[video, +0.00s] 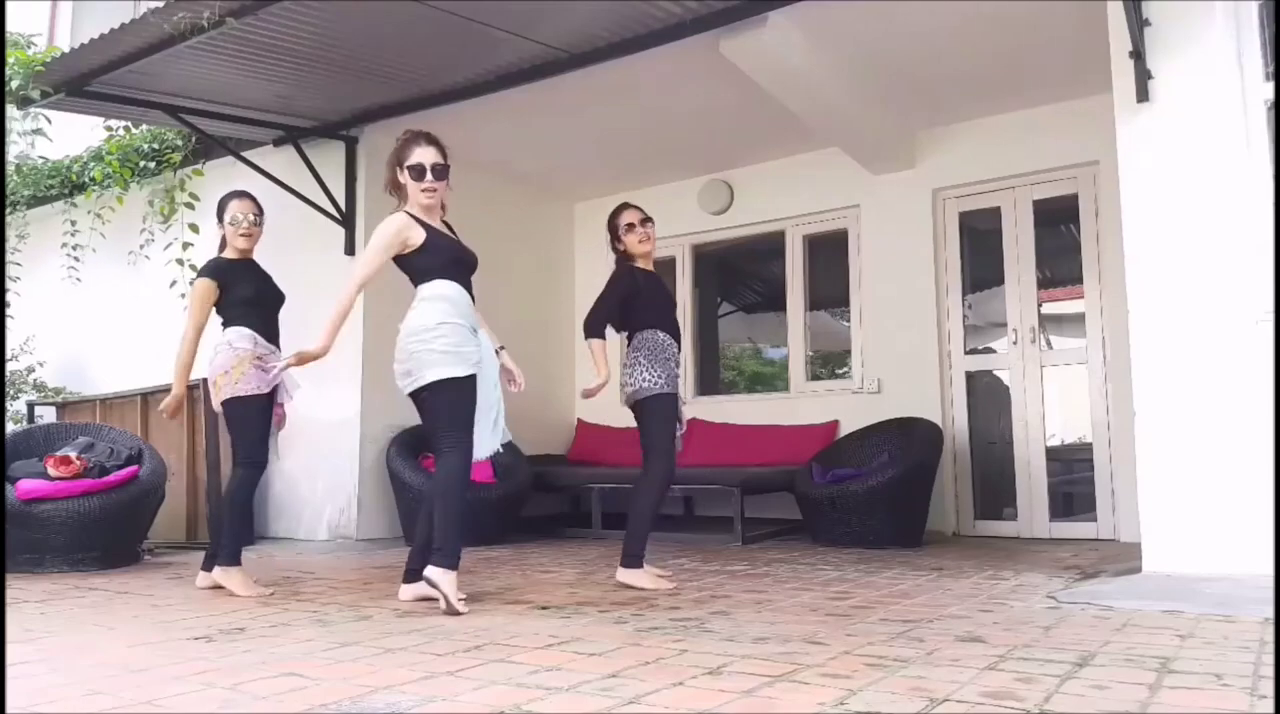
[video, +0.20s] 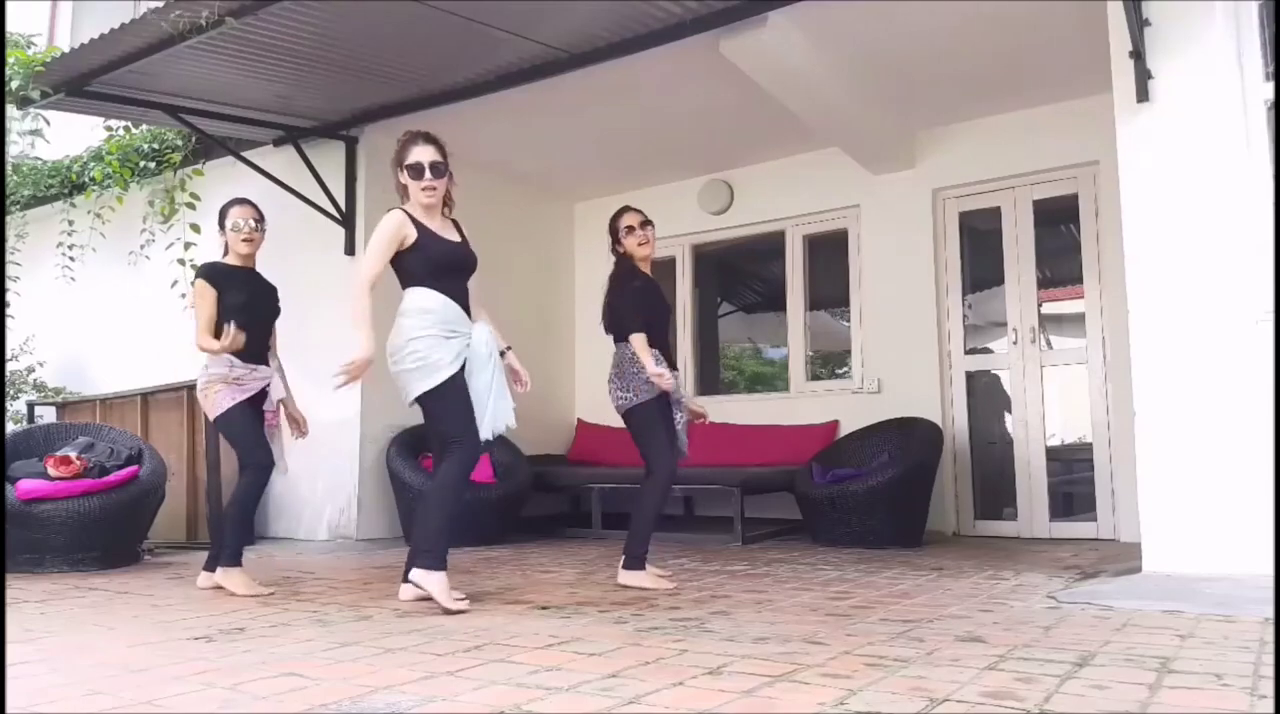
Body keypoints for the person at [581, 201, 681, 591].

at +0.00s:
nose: (641, 230)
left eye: (644, 222)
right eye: (629, 228)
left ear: (654, 229)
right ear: (619, 242)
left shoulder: (654, 277)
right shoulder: (626, 274)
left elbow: (662, 335)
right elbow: (594, 322)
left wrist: (675, 396)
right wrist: (603, 373)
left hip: (663, 375)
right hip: (647, 375)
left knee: (661, 470)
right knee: (657, 469)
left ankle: (636, 561)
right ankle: (630, 565)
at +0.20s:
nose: (641, 233)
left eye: (645, 226)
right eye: (630, 231)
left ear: (654, 232)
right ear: (619, 244)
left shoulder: (644, 282)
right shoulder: (630, 279)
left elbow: (652, 350)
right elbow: (632, 327)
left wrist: (681, 402)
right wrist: (650, 365)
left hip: (646, 377)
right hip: (635, 377)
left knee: (662, 466)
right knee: (661, 466)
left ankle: (636, 559)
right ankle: (633, 565)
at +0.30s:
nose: (640, 239)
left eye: (644, 232)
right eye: (629, 236)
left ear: (653, 239)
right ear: (616, 248)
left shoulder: (656, 292)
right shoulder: (615, 280)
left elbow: (664, 355)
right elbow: (627, 323)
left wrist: (686, 403)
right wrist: (673, 336)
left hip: (661, 385)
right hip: (630, 382)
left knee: (668, 466)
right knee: (665, 464)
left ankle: (638, 558)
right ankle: (634, 561)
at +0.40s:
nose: (639, 246)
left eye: (643, 239)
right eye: (627, 243)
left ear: (652, 247)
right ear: (615, 256)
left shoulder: (658, 297)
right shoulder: (610, 294)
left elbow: (668, 360)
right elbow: (620, 341)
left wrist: (688, 410)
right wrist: (660, 307)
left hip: (663, 392)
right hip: (626, 389)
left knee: (677, 467)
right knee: (662, 460)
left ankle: (640, 553)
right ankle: (638, 555)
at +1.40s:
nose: (642, 242)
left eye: (644, 237)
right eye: (631, 240)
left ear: (651, 246)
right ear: (617, 255)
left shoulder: (647, 293)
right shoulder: (619, 283)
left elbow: (645, 341)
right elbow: (622, 329)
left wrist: (667, 390)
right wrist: (665, 351)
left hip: (654, 385)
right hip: (628, 384)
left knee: (675, 463)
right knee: (661, 464)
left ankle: (634, 555)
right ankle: (635, 564)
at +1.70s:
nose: (642, 257)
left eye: (645, 251)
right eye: (631, 255)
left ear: (654, 260)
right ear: (619, 270)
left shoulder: (666, 315)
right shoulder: (612, 313)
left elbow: (670, 371)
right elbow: (602, 369)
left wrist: (682, 414)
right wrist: (611, 375)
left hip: (665, 409)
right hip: (627, 408)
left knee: (689, 490)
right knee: (643, 477)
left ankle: (636, 555)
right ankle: (651, 562)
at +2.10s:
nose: (637, 241)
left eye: (642, 233)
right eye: (627, 238)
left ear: (652, 239)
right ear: (617, 250)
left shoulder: (663, 292)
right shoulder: (617, 285)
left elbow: (675, 350)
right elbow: (577, 333)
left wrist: (688, 400)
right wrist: (609, 356)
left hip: (671, 382)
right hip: (645, 378)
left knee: (671, 472)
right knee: (651, 465)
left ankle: (634, 552)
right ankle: (621, 559)